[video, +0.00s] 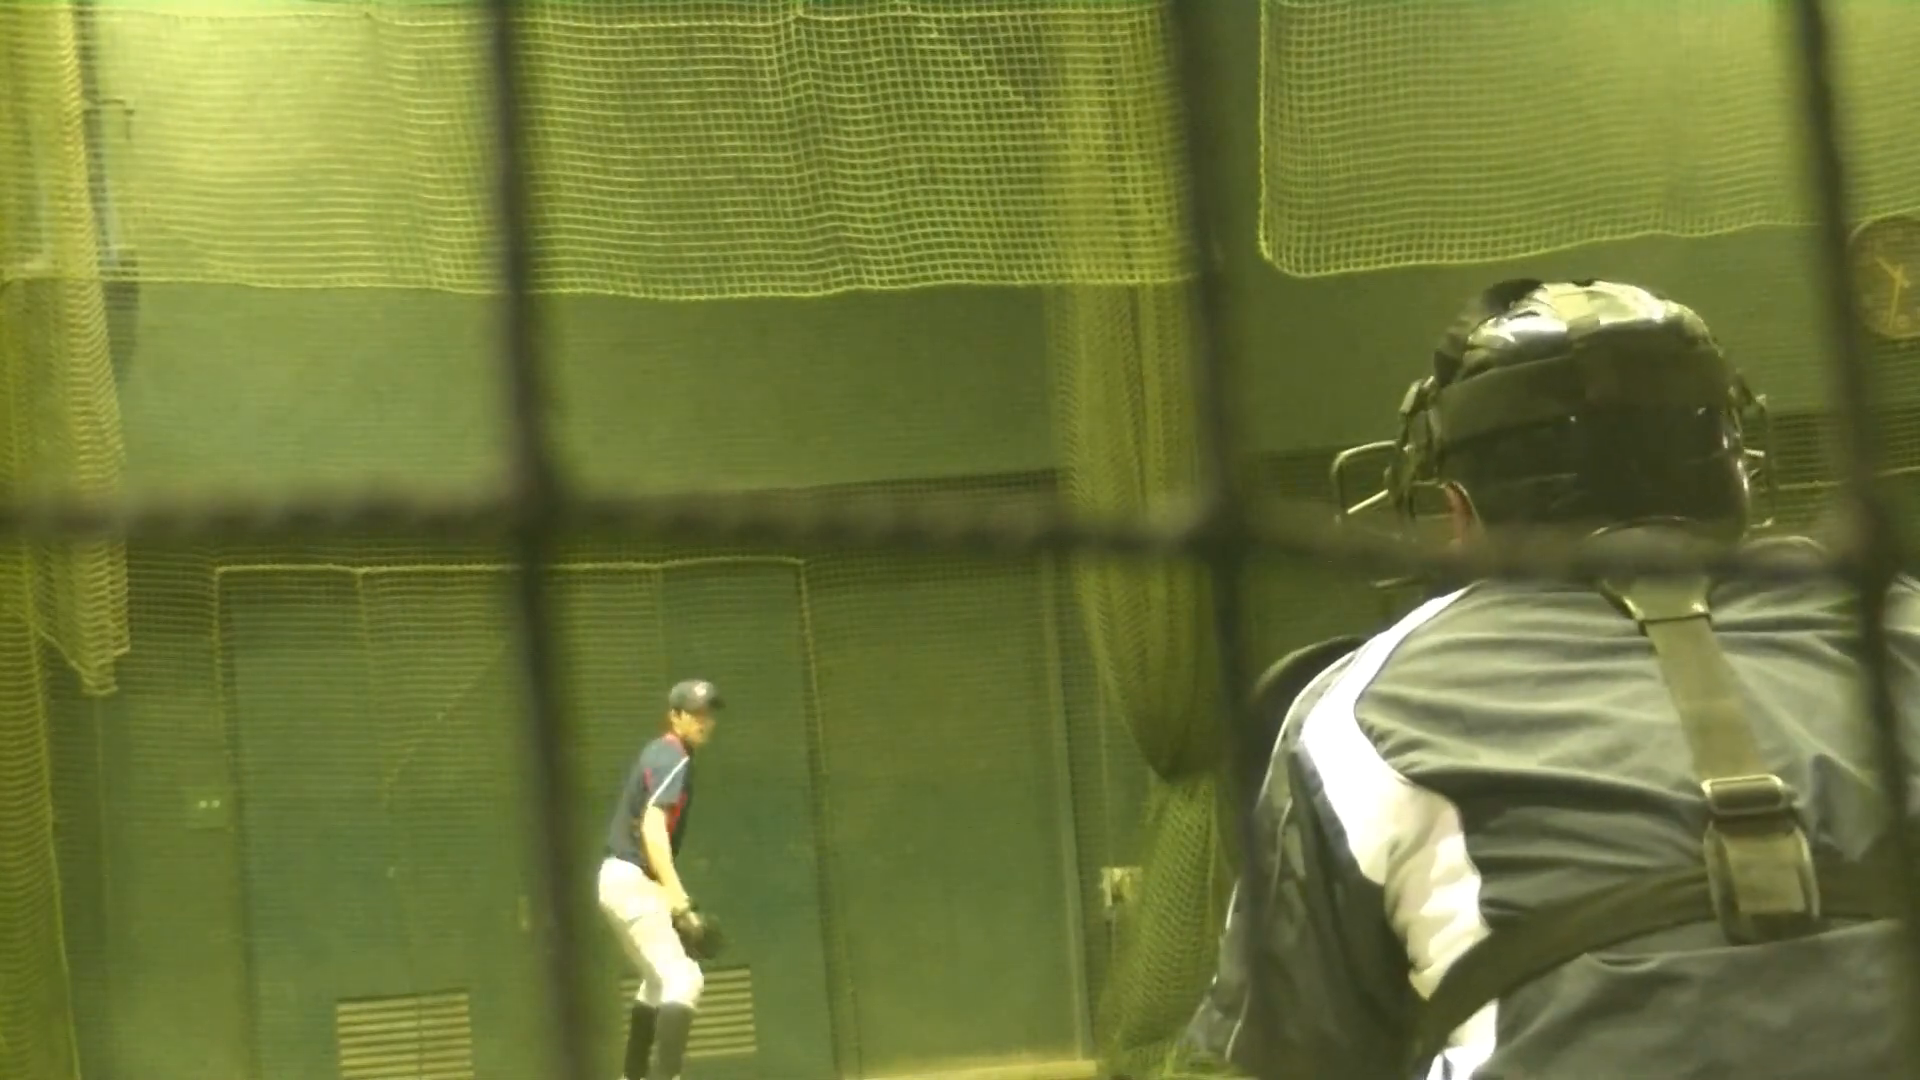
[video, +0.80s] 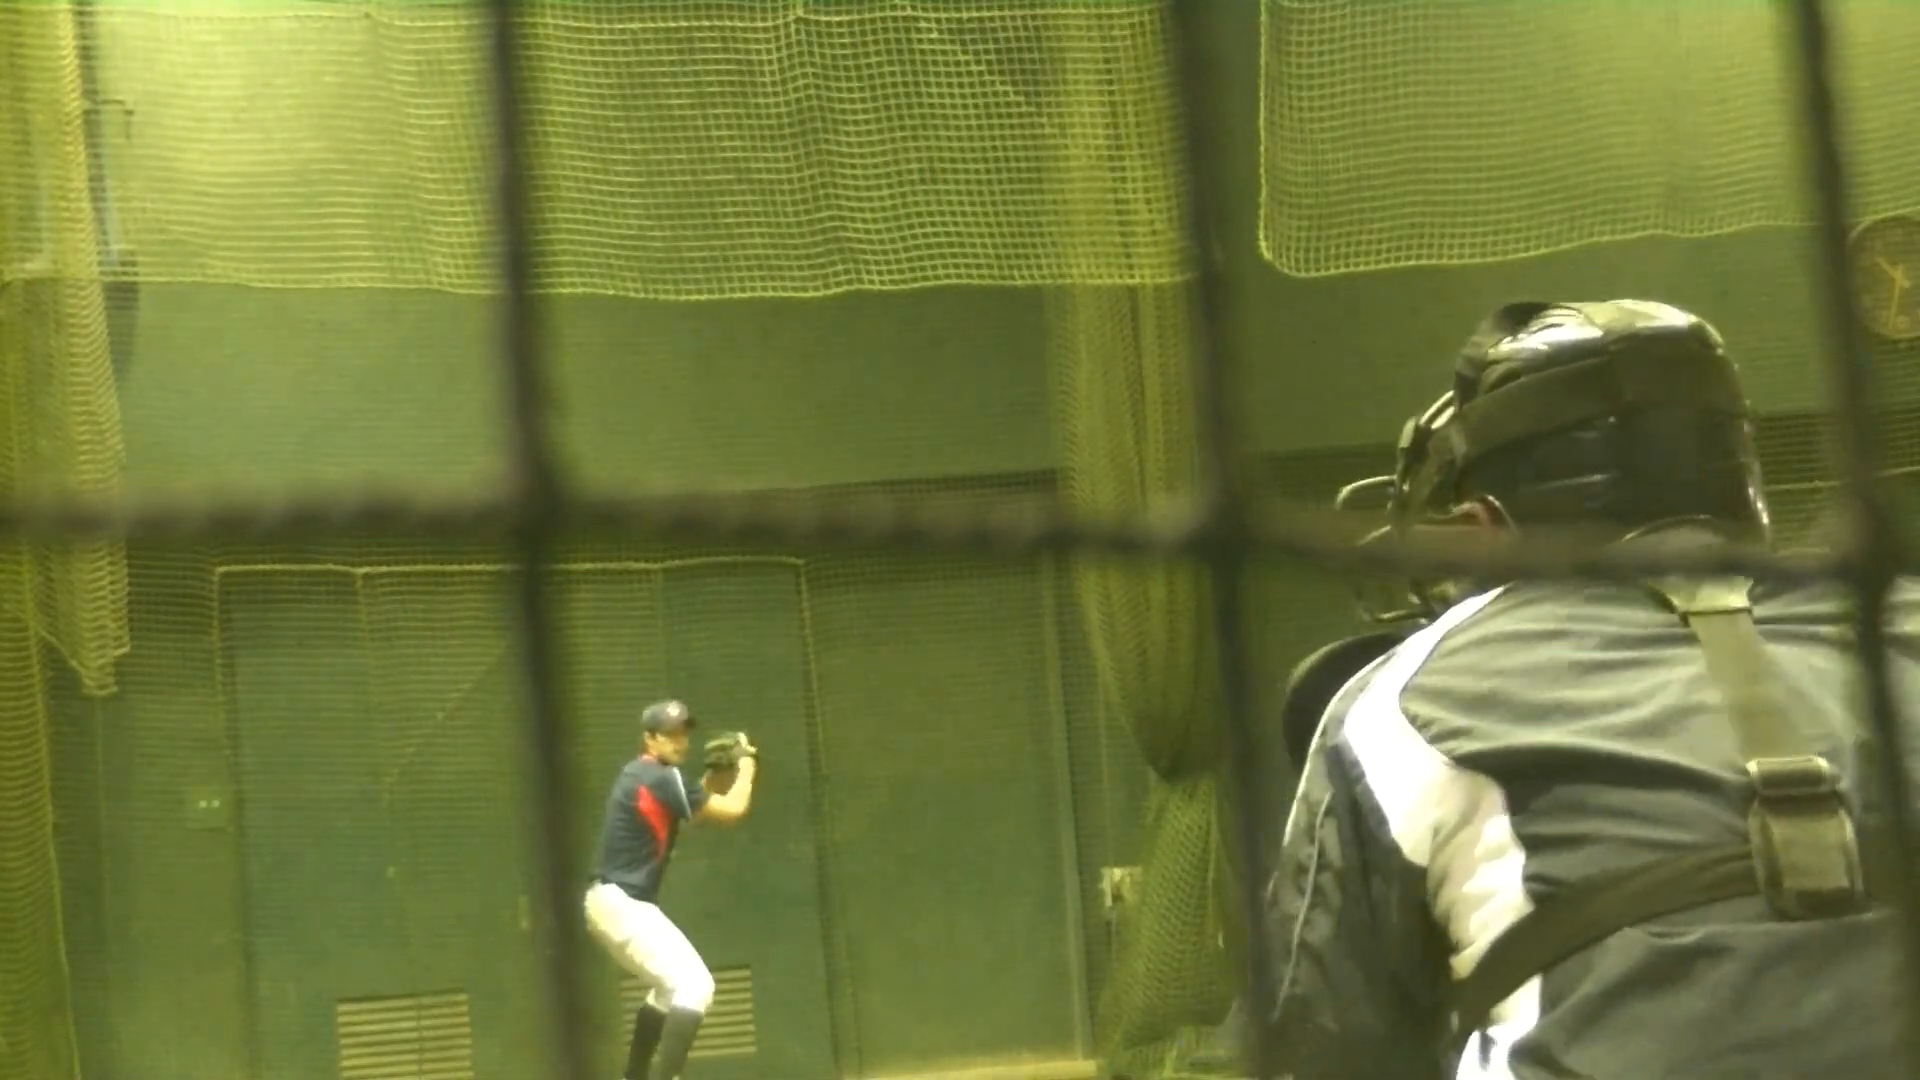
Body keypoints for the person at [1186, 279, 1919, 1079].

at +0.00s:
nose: (1415, 544)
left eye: (1420, 518)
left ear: (1461, 523)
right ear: (1735, 487)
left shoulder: (1347, 713)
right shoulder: (1891, 622)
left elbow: (1294, 1049)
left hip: (1588, 1022)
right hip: (1884, 1016)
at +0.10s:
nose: (1410, 547)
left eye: (1415, 521)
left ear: (1458, 526)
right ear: (1727, 488)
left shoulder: (1344, 718)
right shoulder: (1891, 620)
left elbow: (1297, 1053)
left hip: (1586, 1024)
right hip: (1886, 1016)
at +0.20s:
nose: (1406, 553)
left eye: (1411, 527)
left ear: (1454, 528)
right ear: (1723, 487)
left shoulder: (1342, 718)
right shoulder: (1895, 618)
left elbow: (1297, 1054)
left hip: (1589, 1021)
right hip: (1894, 1014)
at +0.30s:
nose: (1406, 555)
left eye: (1410, 529)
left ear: (1451, 529)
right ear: (1718, 488)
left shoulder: (1340, 719)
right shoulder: (1894, 618)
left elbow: (1294, 1051)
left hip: (1590, 1019)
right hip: (1893, 1012)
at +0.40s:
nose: (1404, 556)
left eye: (1408, 530)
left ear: (1449, 531)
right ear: (1715, 488)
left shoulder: (1338, 720)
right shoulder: (1886, 615)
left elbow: (1294, 1052)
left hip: (1584, 1025)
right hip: (1886, 1012)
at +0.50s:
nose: (1402, 557)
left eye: (1408, 529)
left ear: (1450, 532)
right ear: (1715, 489)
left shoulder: (1342, 723)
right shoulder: (1887, 616)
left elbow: (1296, 1053)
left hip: (1585, 1024)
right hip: (1889, 1010)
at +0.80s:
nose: (1430, 567)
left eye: (1435, 541)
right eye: (1424, 541)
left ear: (1485, 531)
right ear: (1743, 498)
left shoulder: (1389, 711)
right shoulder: (1896, 611)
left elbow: (1325, 1045)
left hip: (1637, 1021)